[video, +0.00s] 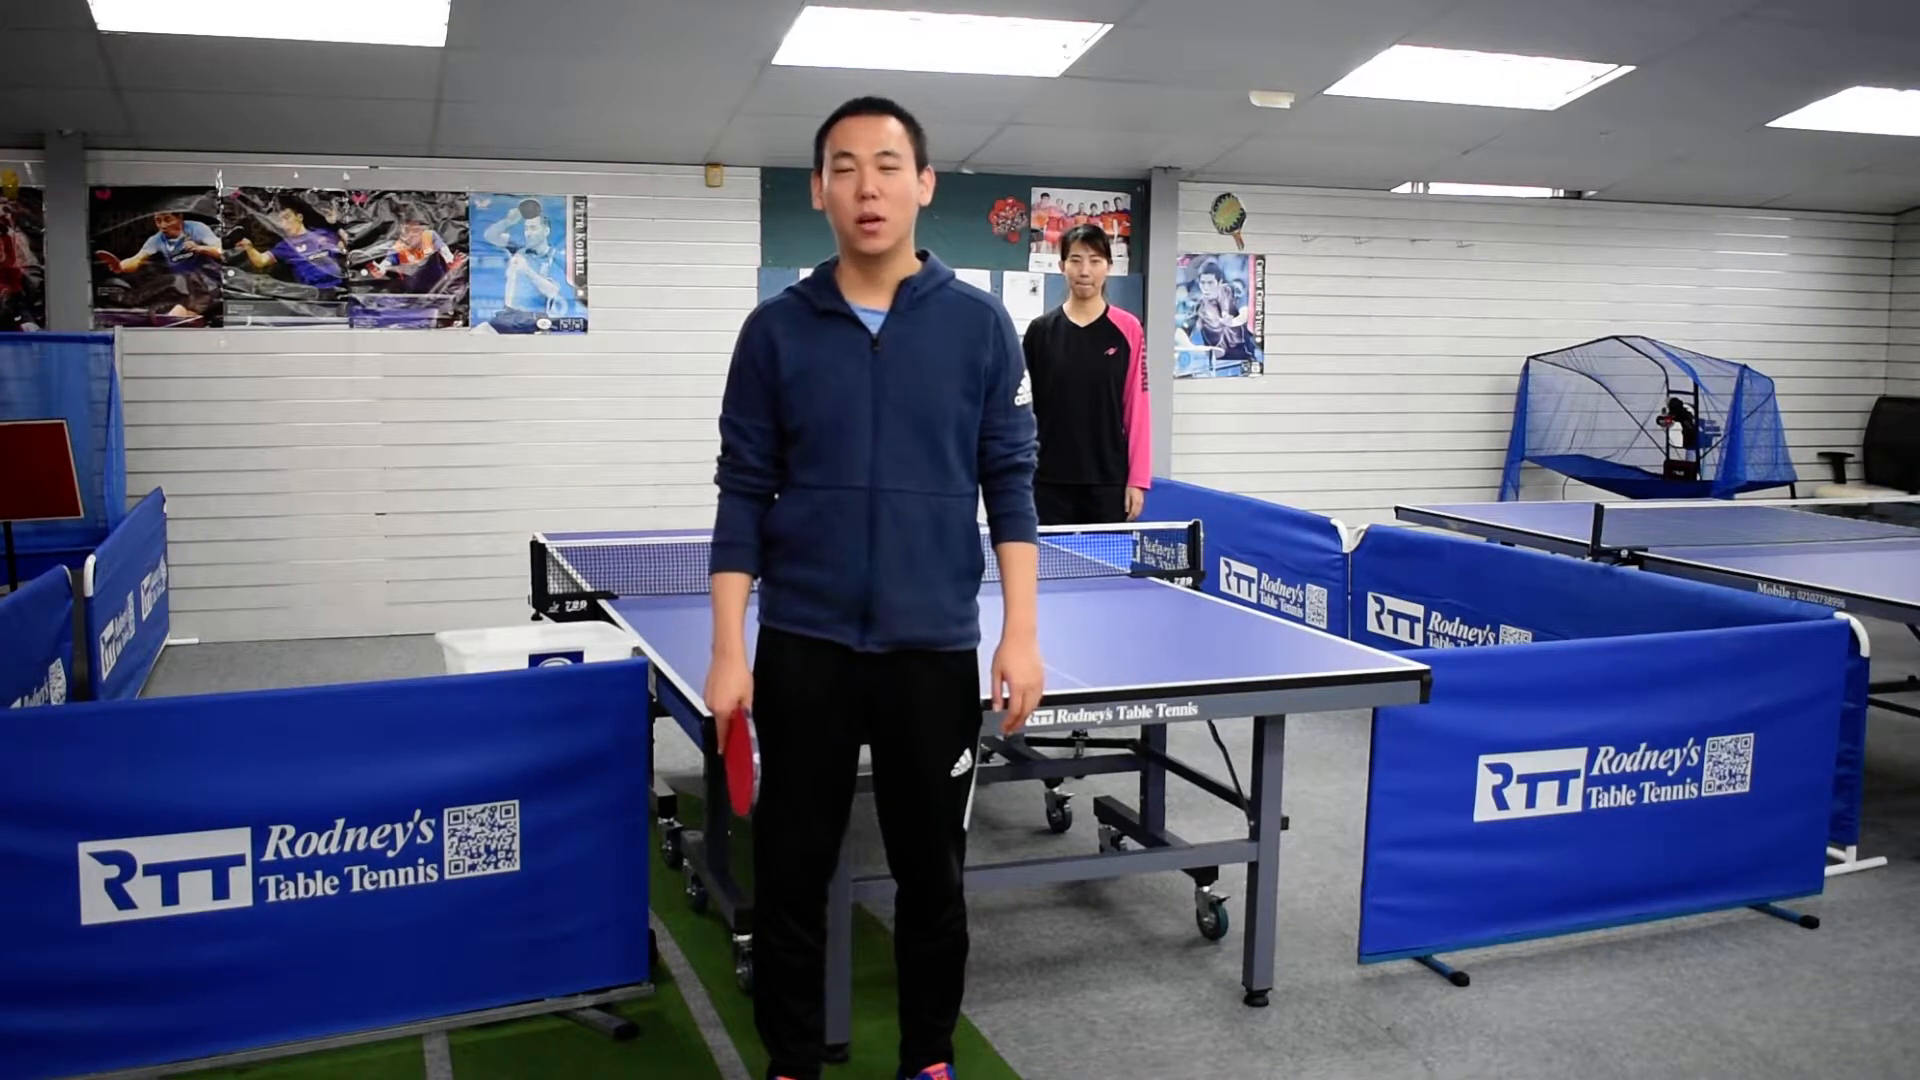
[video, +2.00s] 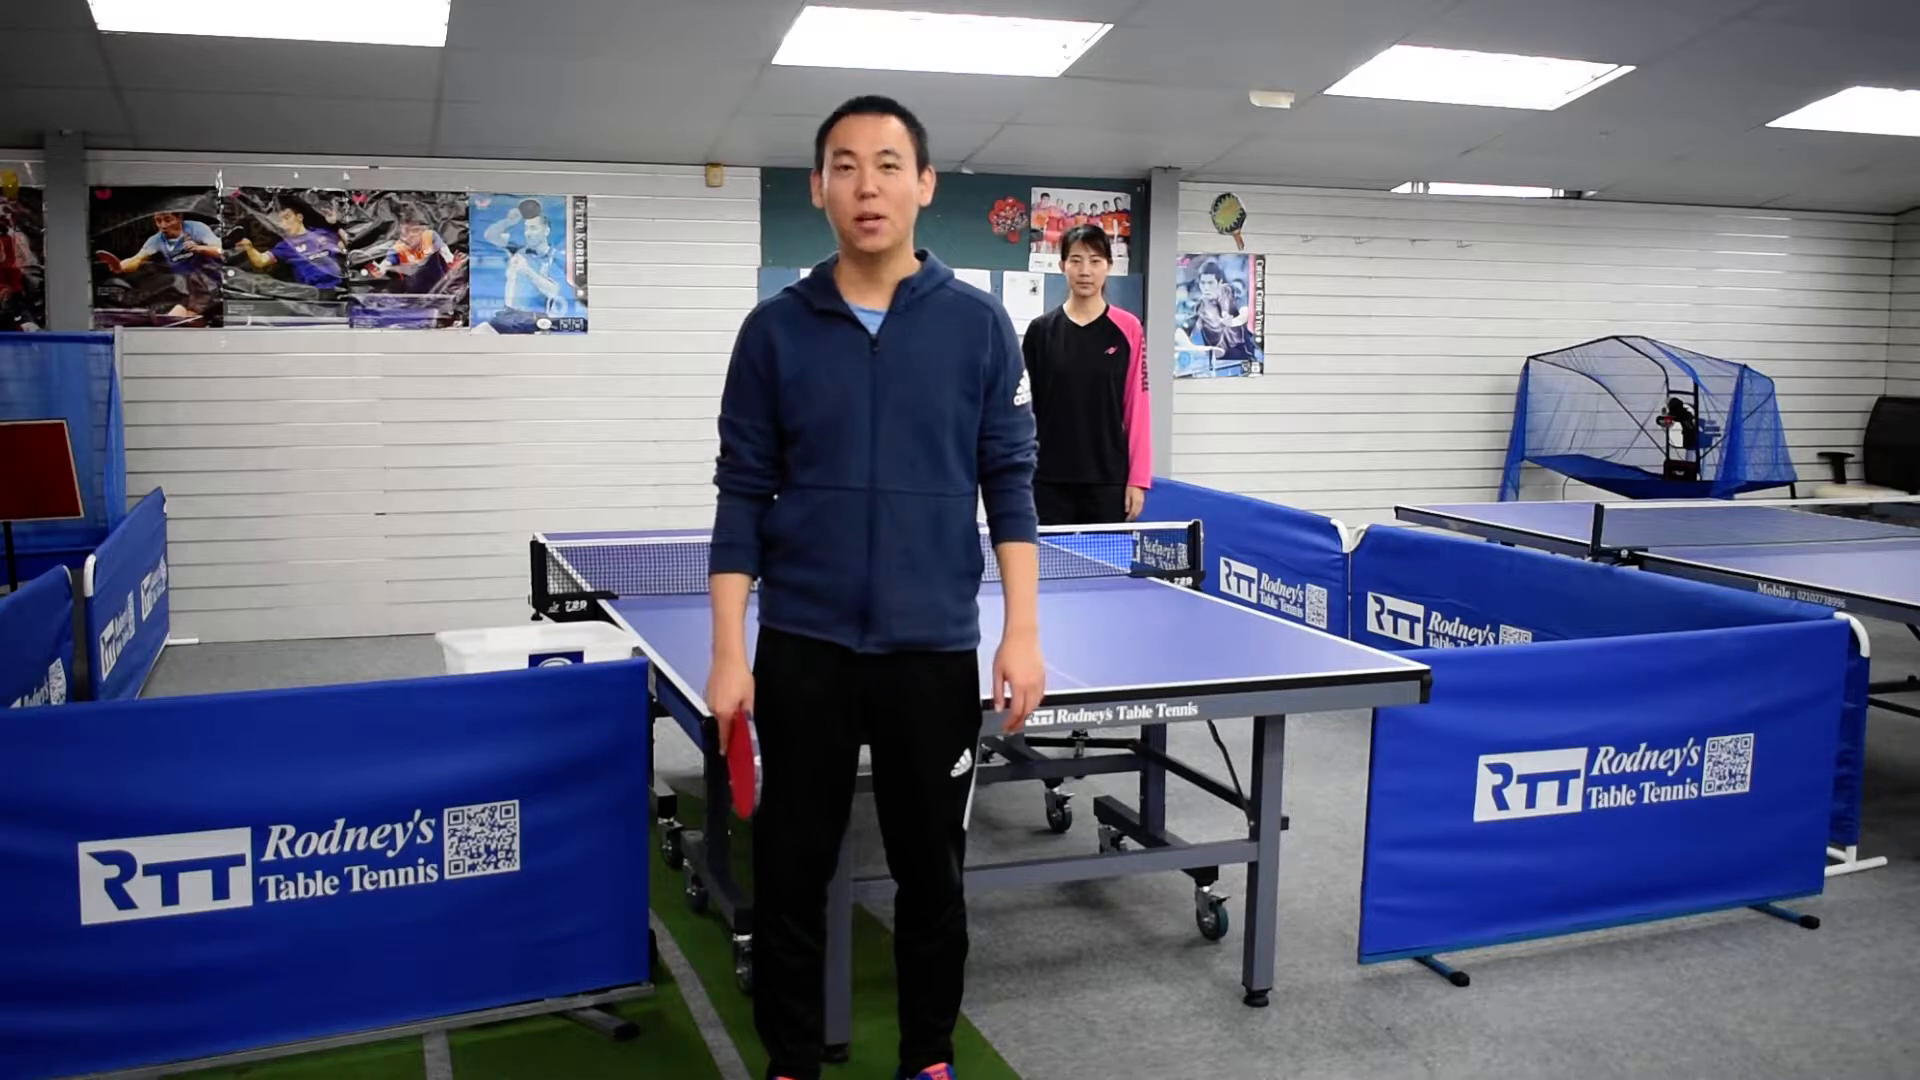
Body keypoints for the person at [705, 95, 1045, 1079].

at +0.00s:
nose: (866, 187)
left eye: (888, 167)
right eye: (845, 169)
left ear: (923, 188)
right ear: (820, 193)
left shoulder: (979, 326)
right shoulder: (776, 330)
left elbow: (1012, 484)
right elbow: (741, 491)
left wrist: (1021, 633)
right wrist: (728, 649)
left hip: (932, 645)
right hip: (805, 644)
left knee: (931, 874)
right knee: (789, 876)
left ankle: (930, 1061)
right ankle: (791, 1062)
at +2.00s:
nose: (866, 186)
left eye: (888, 166)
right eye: (845, 167)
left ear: (923, 188)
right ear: (820, 191)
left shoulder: (978, 325)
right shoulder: (775, 329)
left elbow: (1011, 482)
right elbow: (740, 490)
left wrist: (1022, 631)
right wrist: (728, 651)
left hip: (932, 644)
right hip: (804, 642)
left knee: (931, 871)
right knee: (789, 873)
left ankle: (929, 1060)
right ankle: (790, 1061)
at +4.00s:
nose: (870, 188)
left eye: (893, 168)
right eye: (849, 169)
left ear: (927, 189)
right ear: (824, 191)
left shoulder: (979, 325)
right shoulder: (777, 329)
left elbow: (1012, 482)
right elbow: (742, 490)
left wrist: (1023, 631)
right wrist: (730, 650)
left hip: (934, 644)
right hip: (806, 643)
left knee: (932, 874)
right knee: (791, 875)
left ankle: (930, 1060)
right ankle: (791, 1062)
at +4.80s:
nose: (864, 195)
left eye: (884, 173)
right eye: (842, 176)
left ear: (919, 187)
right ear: (814, 194)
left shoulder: (976, 323)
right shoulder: (777, 328)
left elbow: (1010, 478)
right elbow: (736, 467)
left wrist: (1025, 628)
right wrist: (682, 539)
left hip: (936, 640)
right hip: (808, 636)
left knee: (931, 869)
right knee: (793, 867)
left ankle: (928, 1058)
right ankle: (792, 1062)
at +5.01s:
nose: (859, 201)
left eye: (879, 178)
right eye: (838, 181)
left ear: (917, 188)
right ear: (811, 197)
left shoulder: (976, 324)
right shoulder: (776, 329)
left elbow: (1011, 479)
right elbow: (729, 474)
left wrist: (1023, 628)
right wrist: (673, 481)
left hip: (935, 639)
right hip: (806, 636)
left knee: (932, 869)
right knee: (792, 867)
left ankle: (929, 1058)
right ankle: (791, 1062)